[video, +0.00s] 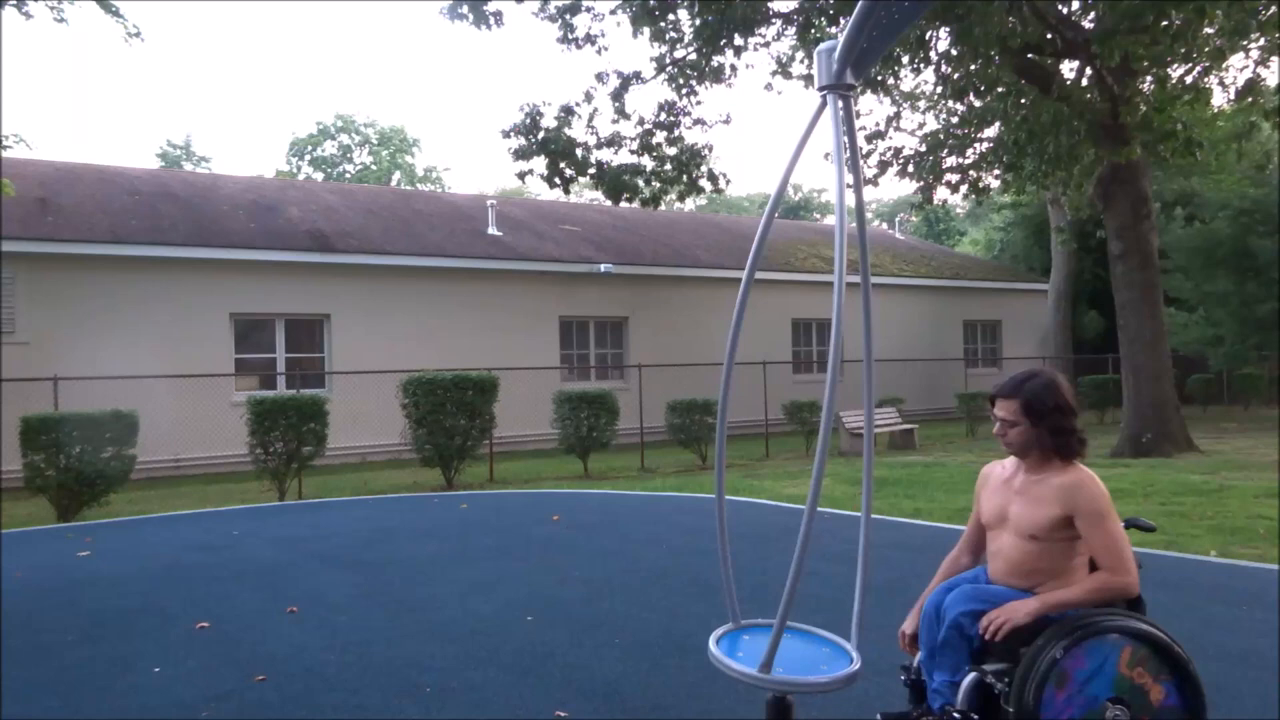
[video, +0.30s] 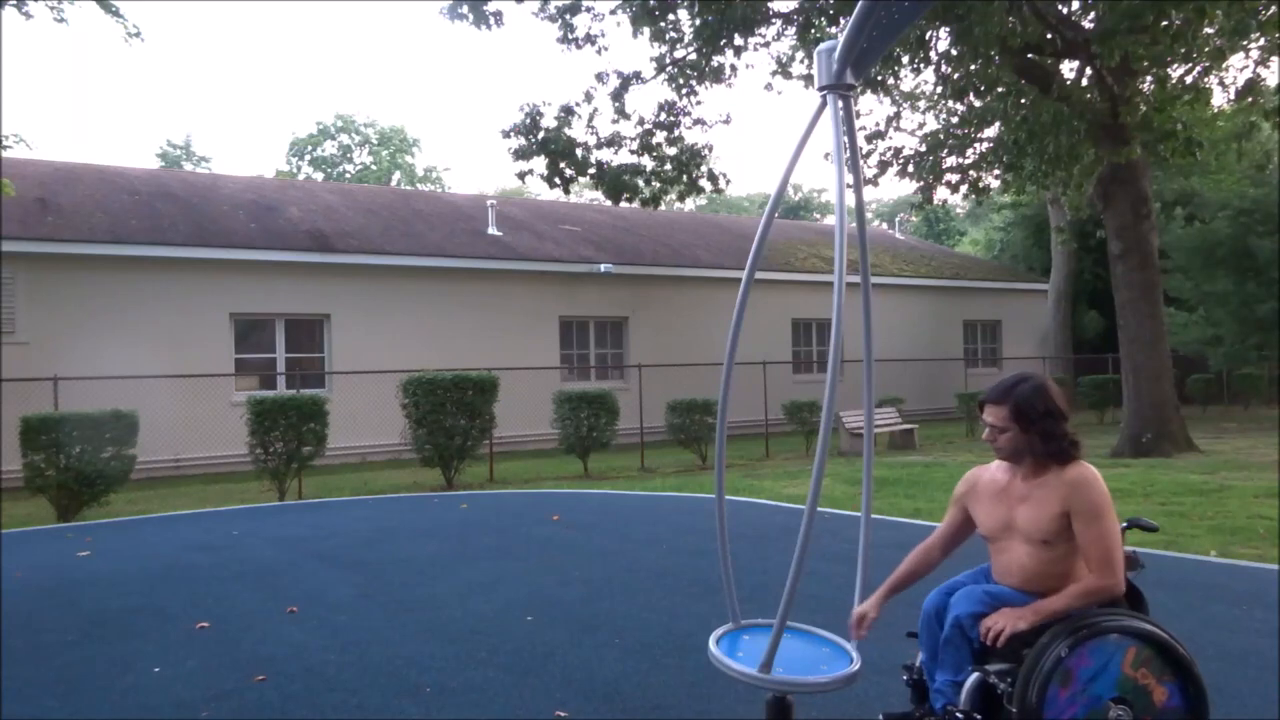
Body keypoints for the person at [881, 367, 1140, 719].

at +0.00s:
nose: (997, 431)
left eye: (1009, 425)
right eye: (996, 421)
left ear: (1043, 426)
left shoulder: (1080, 486)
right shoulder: (992, 474)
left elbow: (1123, 580)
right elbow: (966, 553)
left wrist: (1035, 604)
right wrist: (919, 609)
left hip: (1039, 598)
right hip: (989, 582)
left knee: (957, 610)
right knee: (937, 603)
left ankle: (945, 708)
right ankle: (933, 703)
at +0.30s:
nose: (986, 437)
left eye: (998, 430)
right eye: (985, 427)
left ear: (1033, 430)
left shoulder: (1079, 481)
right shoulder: (977, 482)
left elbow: (1108, 581)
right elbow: (936, 546)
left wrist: (1028, 613)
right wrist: (877, 598)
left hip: (1050, 599)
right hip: (995, 582)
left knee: (963, 609)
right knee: (935, 604)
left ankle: (949, 708)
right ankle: (935, 704)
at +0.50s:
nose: (961, 445)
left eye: (971, 437)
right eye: (958, 435)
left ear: (1005, 436)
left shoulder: (1060, 479)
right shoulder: (953, 495)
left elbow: (1102, 572)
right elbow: (896, 560)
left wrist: (1035, 620)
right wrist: (840, 615)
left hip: (1055, 603)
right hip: (995, 592)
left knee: (967, 608)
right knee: (932, 609)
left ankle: (948, 708)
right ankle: (934, 703)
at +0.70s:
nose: (914, 458)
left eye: (923, 450)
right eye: (912, 449)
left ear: (955, 447)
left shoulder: (1016, 480)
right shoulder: (917, 506)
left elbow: (1080, 559)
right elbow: (882, 574)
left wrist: (1032, 622)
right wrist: (846, 640)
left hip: (1054, 600)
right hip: (988, 594)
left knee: (966, 610)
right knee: (929, 610)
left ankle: (946, 709)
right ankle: (936, 705)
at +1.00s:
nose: (867, 457)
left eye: (876, 448)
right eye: (866, 447)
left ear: (907, 447)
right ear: (903, 449)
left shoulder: (969, 479)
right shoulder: (882, 497)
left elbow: (1045, 549)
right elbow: (867, 571)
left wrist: (1023, 624)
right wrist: (846, 641)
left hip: (1029, 594)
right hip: (966, 592)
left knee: (950, 615)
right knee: (914, 612)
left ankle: (942, 711)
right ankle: (935, 708)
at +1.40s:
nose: (858, 424)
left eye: (867, 416)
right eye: (857, 415)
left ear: (897, 414)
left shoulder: (948, 458)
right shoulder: (873, 481)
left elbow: (1016, 536)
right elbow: (861, 567)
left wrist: (1019, 621)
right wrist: (844, 639)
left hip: (984, 587)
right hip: (928, 586)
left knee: (906, 619)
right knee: (876, 619)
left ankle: (937, 708)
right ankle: (923, 702)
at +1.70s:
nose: (876, 428)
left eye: (884, 418)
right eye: (875, 419)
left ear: (915, 415)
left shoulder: (963, 462)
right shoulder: (885, 481)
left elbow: (1036, 532)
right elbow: (863, 565)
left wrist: (988, 606)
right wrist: (838, 634)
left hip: (976, 590)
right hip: (923, 590)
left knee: (890, 615)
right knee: (868, 618)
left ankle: (942, 705)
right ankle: (928, 702)